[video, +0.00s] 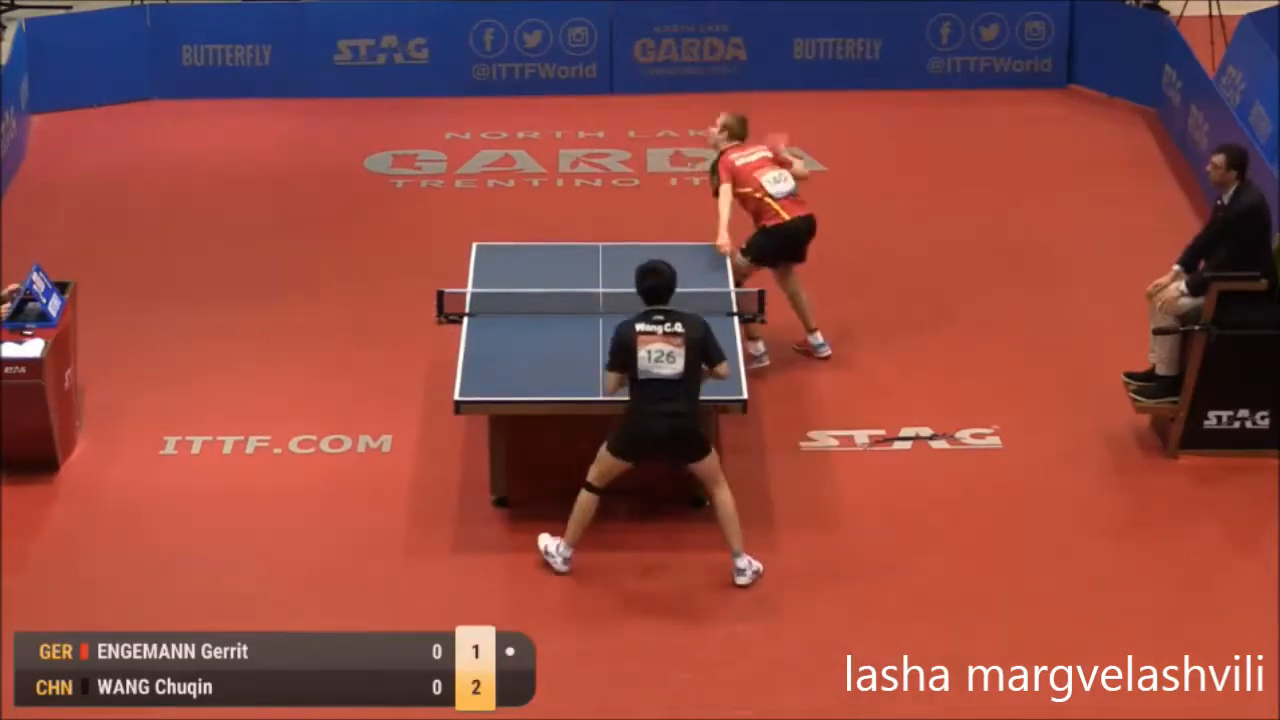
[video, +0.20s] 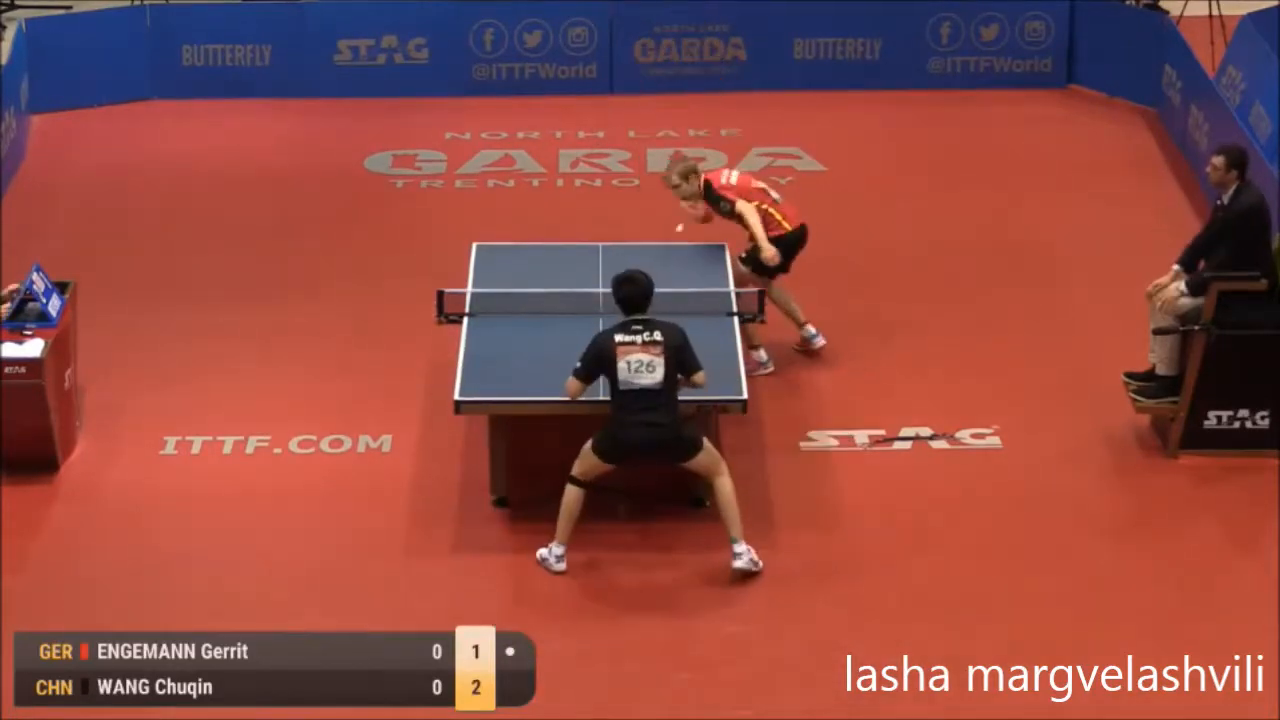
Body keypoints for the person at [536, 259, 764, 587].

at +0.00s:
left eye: (644, 286)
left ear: (639, 291)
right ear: (672, 290)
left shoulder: (627, 329)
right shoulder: (695, 325)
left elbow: (612, 385)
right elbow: (722, 372)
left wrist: (636, 367)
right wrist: (696, 368)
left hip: (639, 427)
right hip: (685, 428)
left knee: (594, 482)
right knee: (717, 486)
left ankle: (563, 551)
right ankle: (741, 561)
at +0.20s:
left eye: (621, 295)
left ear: (617, 301)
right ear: (650, 299)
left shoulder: (605, 340)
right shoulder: (672, 333)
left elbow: (573, 390)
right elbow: (699, 380)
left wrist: (587, 370)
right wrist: (678, 375)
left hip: (622, 433)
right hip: (668, 433)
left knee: (578, 477)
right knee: (718, 472)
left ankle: (557, 551)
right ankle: (740, 550)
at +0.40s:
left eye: (623, 299)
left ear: (621, 308)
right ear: (652, 301)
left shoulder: (617, 346)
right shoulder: (680, 334)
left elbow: (590, 401)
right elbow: (711, 376)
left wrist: (555, 402)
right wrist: (687, 387)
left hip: (634, 437)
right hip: (682, 435)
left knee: (585, 476)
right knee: (731, 484)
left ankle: (559, 551)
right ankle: (766, 556)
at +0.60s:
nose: (610, 313)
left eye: (608, 311)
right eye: (624, 307)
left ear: (608, 317)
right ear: (640, 308)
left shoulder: (610, 355)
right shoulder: (673, 333)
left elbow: (577, 399)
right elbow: (718, 356)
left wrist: (539, 387)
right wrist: (730, 370)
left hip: (637, 436)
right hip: (683, 436)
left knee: (591, 449)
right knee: (735, 482)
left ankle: (557, 521)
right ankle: (767, 556)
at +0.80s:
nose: (571, 317)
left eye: (568, 313)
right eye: (578, 311)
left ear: (567, 319)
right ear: (597, 311)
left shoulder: (566, 347)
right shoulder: (623, 334)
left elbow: (549, 373)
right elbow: (651, 361)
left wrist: (531, 348)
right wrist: (693, 386)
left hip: (589, 434)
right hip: (632, 433)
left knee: (563, 451)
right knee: (690, 492)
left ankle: (537, 512)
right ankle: (750, 548)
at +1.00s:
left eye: (568, 296)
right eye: (593, 292)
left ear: (563, 300)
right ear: (596, 296)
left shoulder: (555, 326)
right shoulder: (603, 326)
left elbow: (548, 347)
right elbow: (601, 359)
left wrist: (557, 324)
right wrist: (621, 404)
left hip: (565, 424)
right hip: (600, 424)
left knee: (555, 454)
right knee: (659, 482)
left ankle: (534, 510)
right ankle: (708, 548)